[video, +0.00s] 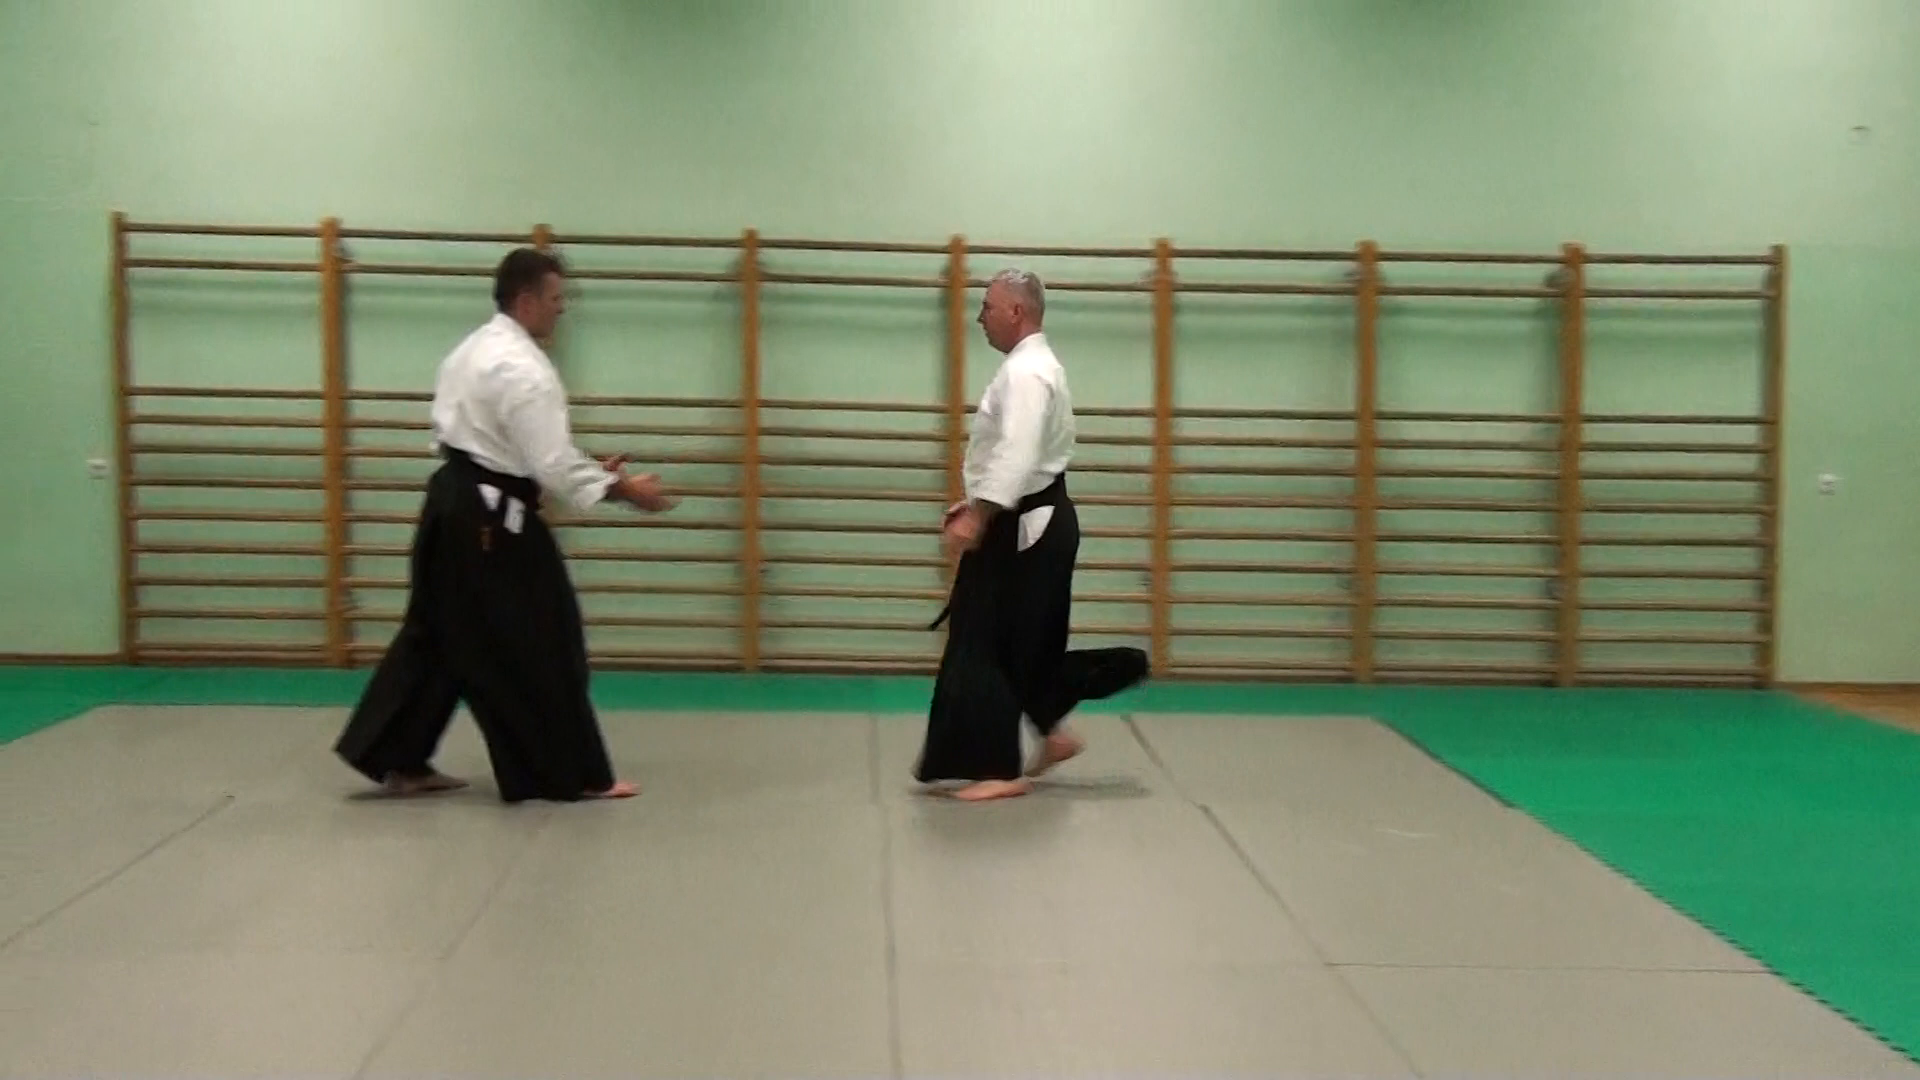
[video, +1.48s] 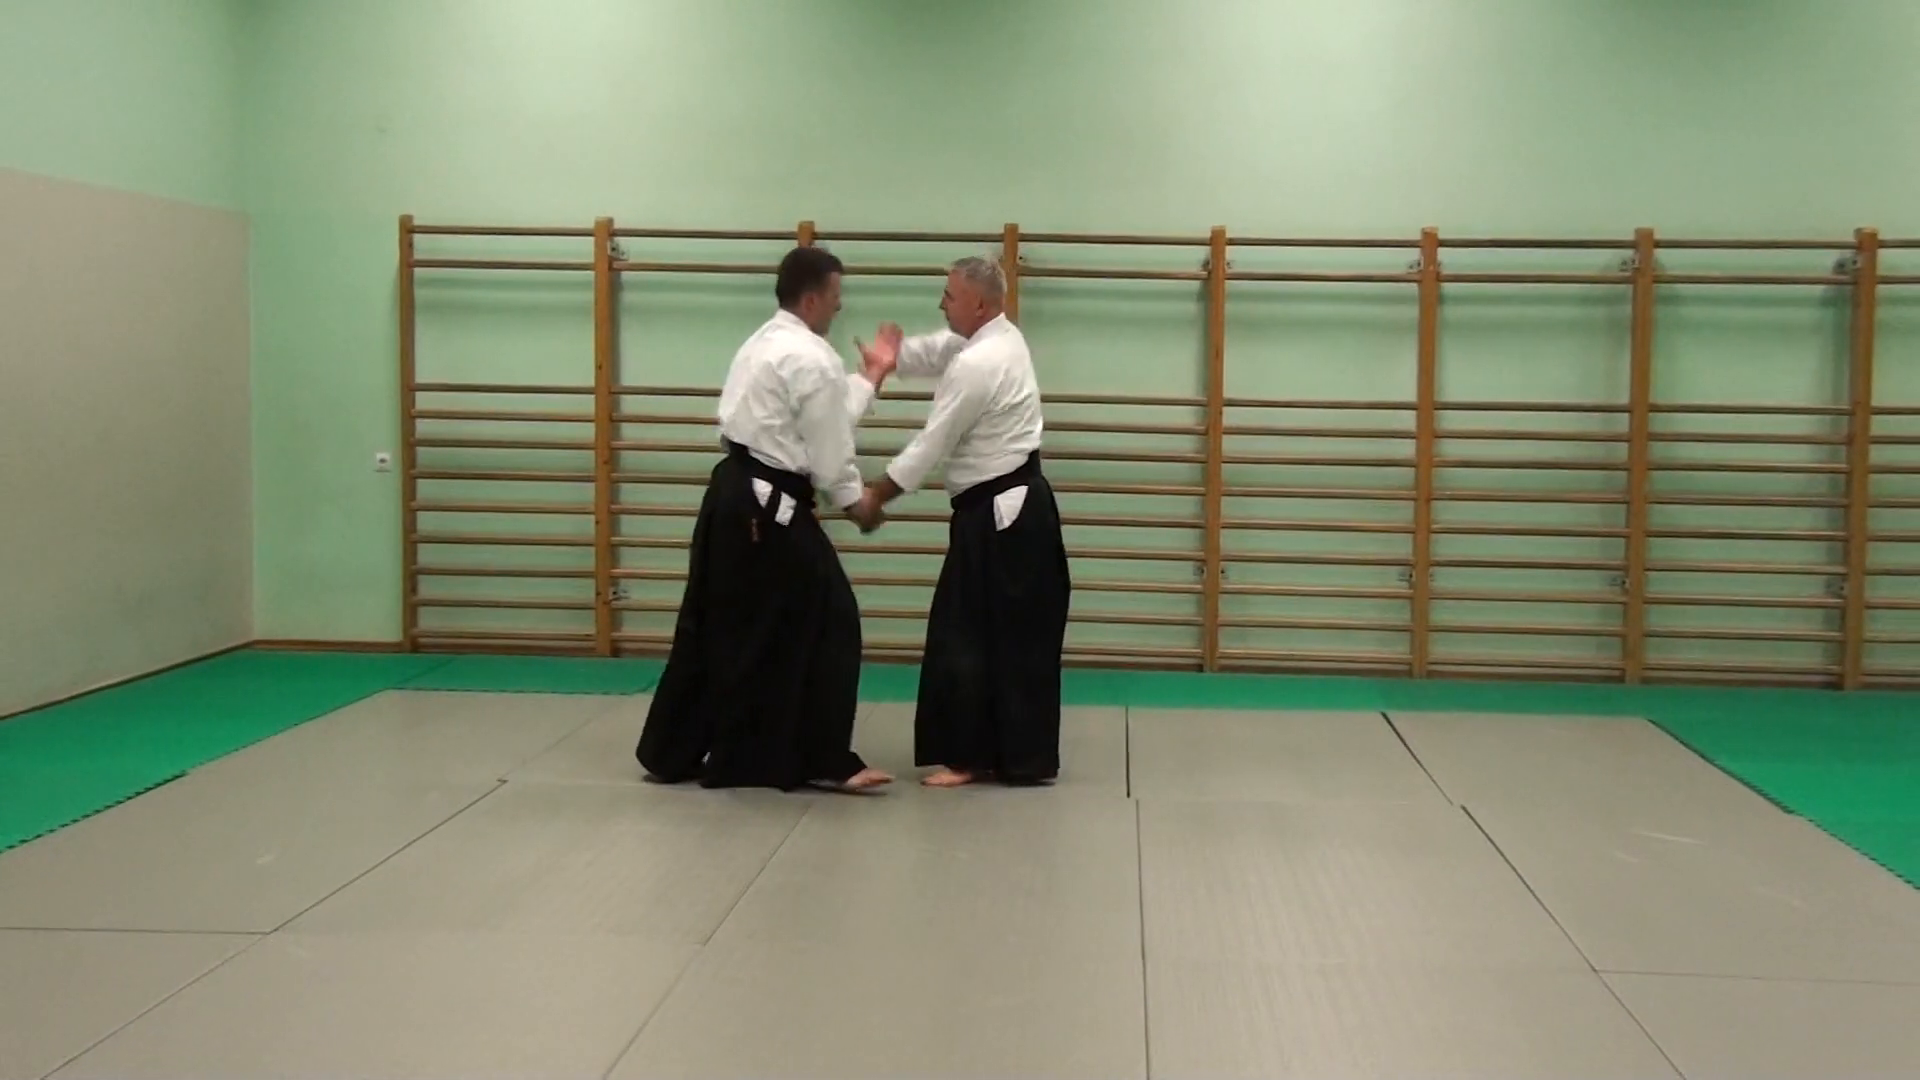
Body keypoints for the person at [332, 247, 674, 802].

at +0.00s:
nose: (561, 309)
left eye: (561, 299)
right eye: (555, 299)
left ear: (516, 299)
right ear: (524, 299)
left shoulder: (472, 349)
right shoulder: (525, 369)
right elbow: (555, 464)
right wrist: (620, 486)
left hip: (450, 502)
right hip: (497, 516)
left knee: (442, 633)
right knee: (548, 637)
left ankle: (399, 758)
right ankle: (575, 773)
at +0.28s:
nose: (661, 303)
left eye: (661, 294)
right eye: (654, 293)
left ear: (617, 295)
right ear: (624, 295)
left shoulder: (583, 345)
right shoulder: (631, 363)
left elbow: (660, 414)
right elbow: (682, 440)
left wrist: (731, 413)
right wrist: (753, 439)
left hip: (565, 497)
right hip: (608, 510)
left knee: (557, 629)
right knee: (658, 631)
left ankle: (528, 759)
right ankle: (674, 765)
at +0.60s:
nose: (771, 304)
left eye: (771, 293)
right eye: (765, 293)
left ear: (729, 294)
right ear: (737, 294)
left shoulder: (700, 340)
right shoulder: (742, 360)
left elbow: (777, 411)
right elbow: (789, 449)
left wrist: (851, 416)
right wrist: (842, 457)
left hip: (678, 495)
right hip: (720, 508)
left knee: (668, 625)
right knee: (766, 625)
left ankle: (638, 756)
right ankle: (769, 761)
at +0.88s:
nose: (827, 304)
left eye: (827, 293)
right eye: (822, 293)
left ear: (785, 295)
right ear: (795, 296)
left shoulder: (751, 340)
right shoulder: (797, 359)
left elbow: (819, 416)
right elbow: (836, 455)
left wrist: (881, 437)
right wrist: (890, 461)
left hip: (728, 492)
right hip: (770, 506)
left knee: (722, 624)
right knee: (817, 624)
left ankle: (694, 753)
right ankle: (825, 760)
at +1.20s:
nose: (807, 302)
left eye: (807, 290)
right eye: (803, 291)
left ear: (758, 290)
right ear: (778, 291)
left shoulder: (727, 340)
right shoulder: (783, 358)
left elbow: (793, 421)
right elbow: (820, 458)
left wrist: (867, 424)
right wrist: (865, 460)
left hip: (707, 491)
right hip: (755, 505)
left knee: (705, 621)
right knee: (801, 619)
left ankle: (677, 753)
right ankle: (811, 759)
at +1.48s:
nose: (839, 303)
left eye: (838, 292)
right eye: (835, 292)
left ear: (790, 293)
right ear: (814, 294)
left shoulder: (761, 342)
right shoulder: (814, 361)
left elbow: (819, 419)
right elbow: (830, 461)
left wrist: (868, 379)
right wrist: (857, 501)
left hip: (732, 491)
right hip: (773, 507)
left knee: (721, 621)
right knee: (834, 616)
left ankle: (675, 749)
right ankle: (828, 757)